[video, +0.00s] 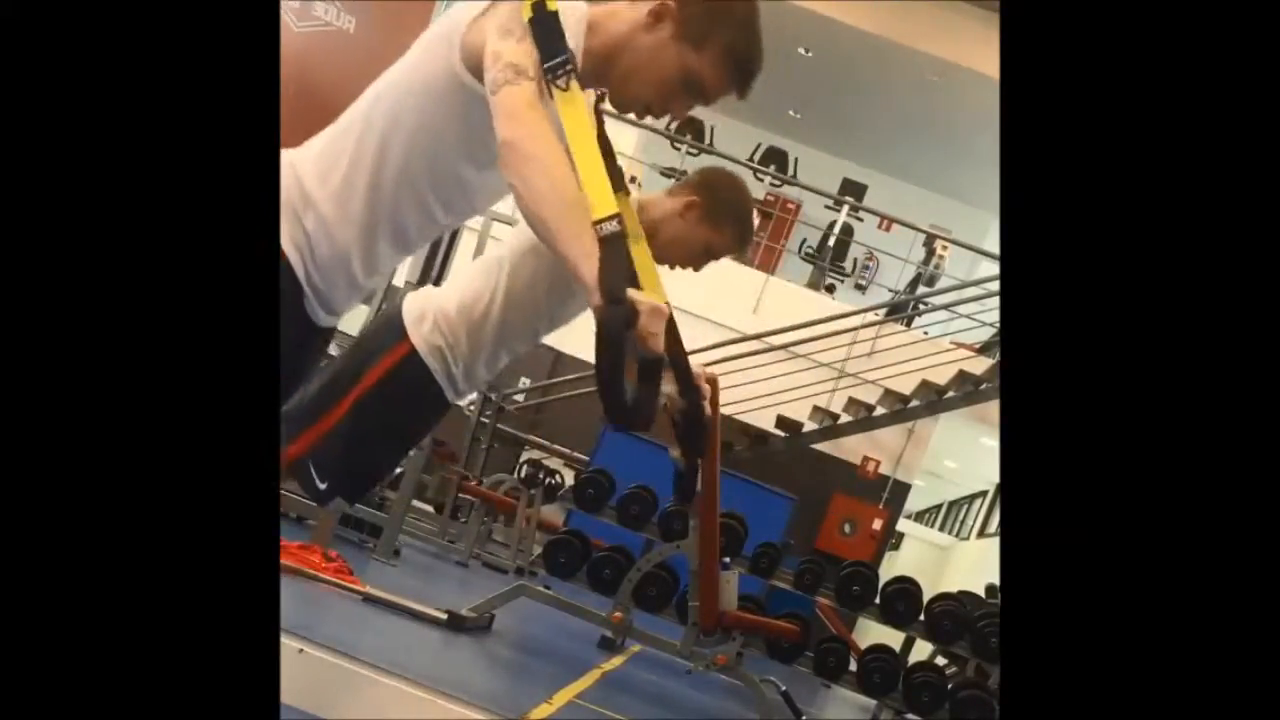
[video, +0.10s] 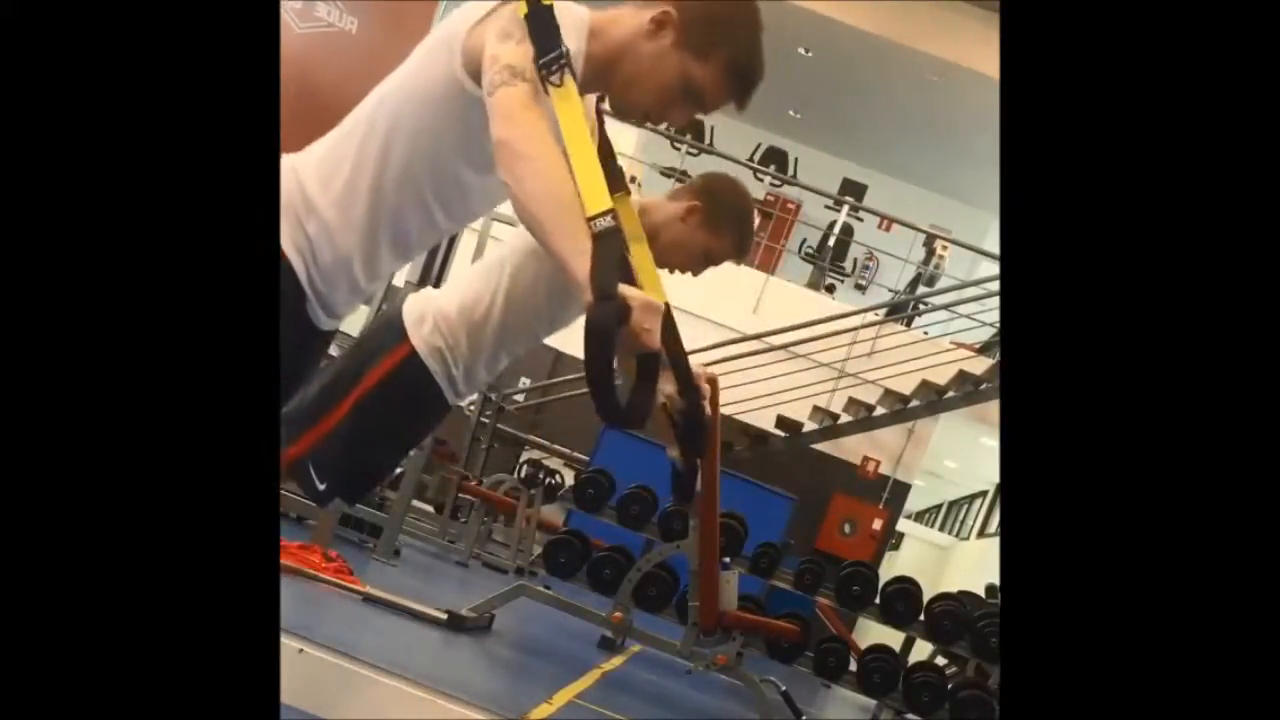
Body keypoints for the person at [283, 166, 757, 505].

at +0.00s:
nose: (697, 267)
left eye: (709, 260)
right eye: (707, 252)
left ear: (684, 208)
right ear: (687, 210)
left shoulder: (626, 249)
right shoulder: (614, 224)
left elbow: (643, 336)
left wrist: (677, 383)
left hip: (443, 368)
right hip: (422, 344)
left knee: (322, 486)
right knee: (292, 463)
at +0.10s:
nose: (694, 271)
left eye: (707, 265)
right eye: (706, 257)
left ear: (686, 213)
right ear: (689, 214)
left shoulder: (627, 252)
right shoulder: (608, 213)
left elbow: (631, 345)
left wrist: (673, 396)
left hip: (446, 373)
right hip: (422, 346)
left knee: (323, 491)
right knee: (294, 470)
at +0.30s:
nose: (697, 286)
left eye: (711, 281)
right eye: (710, 272)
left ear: (693, 226)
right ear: (695, 229)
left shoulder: (629, 257)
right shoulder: (615, 221)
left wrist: (675, 389)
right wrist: (672, 390)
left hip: (445, 386)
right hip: (423, 362)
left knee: (319, 502)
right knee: (296, 486)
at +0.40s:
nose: (705, 302)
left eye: (718, 298)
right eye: (716, 288)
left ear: (703, 245)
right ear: (705, 244)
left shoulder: (641, 280)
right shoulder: (626, 237)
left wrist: (679, 391)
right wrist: (677, 379)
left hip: (450, 392)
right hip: (427, 369)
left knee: (325, 508)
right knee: (298, 490)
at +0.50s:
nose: (720, 345)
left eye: (734, 342)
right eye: (727, 330)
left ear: (718, 292)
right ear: (716, 285)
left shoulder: (662, 326)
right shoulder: (644, 272)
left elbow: (652, 408)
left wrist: (695, 420)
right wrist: (691, 373)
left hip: (461, 408)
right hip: (440, 384)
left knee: (336, 516)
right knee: (310, 501)